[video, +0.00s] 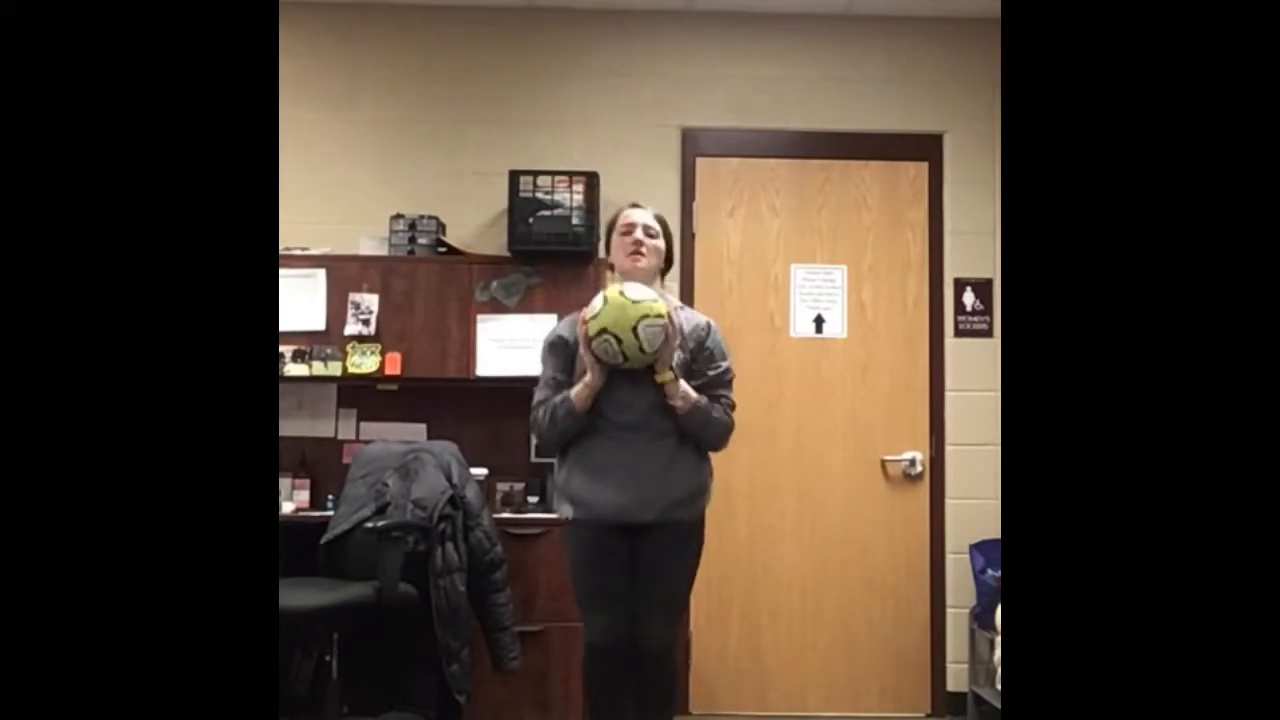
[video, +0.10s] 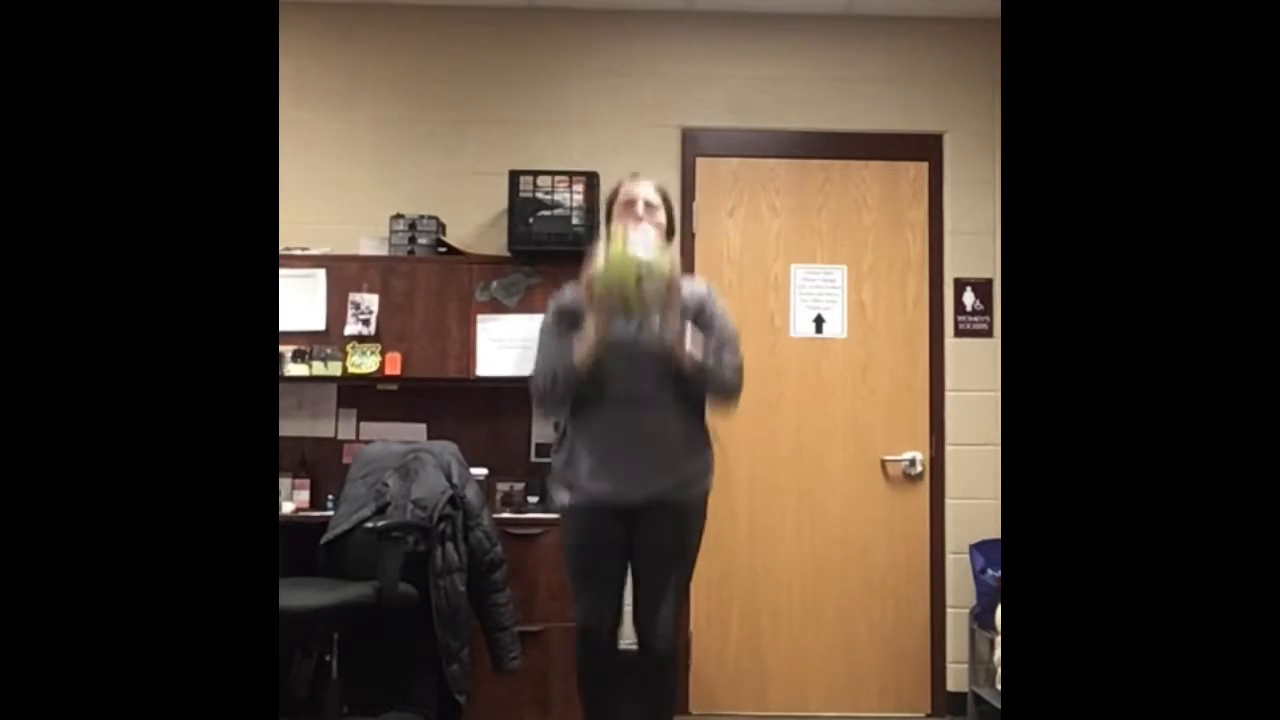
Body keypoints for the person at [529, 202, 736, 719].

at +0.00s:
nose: (639, 238)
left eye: (651, 232)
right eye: (627, 232)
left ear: (666, 254)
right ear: (608, 252)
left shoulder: (698, 331)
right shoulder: (570, 332)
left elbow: (719, 431)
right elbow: (544, 430)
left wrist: (669, 376)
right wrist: (590, 379)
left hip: (673, 517)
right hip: (595, 517)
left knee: (657, 646)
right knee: (605, 644)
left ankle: (656, 719)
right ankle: (607, 719)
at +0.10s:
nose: (640, 216)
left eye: (651, 208)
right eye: (628, 208)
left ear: (667, 225)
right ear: (609, 222)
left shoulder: (695, 301)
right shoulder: (573, 304)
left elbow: (729, 381)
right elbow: (546, 392)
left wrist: (680, 344)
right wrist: (591, 335)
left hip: (673, 492)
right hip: (593, 493)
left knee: (660, 635)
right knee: (595, 631)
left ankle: (659, 716)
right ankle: (600, 715)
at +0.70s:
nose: (623, 250)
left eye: (636, 241)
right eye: (613, 240)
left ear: (656, 258)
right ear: (596, 254)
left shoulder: (673, 317)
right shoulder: (578, 307)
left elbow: (690, 238)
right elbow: (555, 229)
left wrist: (668, 134)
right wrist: (587, 134)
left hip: (661, 494)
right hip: (583, 492)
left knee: (694, 644)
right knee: (537, 636)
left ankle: (721, 717)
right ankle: (473, 712)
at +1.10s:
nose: (629, 237)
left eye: (641, 231)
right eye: (618, 229)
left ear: (656, 249)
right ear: (599, 243)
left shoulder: (685, 325)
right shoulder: (561, 329)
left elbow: (699, 422)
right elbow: (542, 422)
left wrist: (657, 359)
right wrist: (582, 363)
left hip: (661, 514)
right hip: (583, 515)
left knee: (648, 644)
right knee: (596, 643)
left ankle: (647, 717)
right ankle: (601, 716)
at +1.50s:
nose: (632, 248)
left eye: (642, 241)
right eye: (619, 241)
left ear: (657, 261)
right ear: (596, 259)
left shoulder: (676, 314)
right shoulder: (578, 312)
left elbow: (690, 231)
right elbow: (570, 219)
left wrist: (676, 124)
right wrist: (588, 117)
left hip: (660, 506)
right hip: (579, 506)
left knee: (693, 647)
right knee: (549, 646)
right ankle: (504, 713)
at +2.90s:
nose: (625, 219)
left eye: (637, 208)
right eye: (612, 209)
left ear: (657, 214)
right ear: (593, 214)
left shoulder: (684, 275)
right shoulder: (574, 271)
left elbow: (705, 329)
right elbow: (532, 319)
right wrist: (574, 252)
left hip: (659, 457)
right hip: (579, 455)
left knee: (665, 598)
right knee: (561, 591)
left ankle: (675, 709)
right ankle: (547, 708)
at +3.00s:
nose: (632, 225)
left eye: (644, 219)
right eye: (621, 217)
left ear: (660, 238)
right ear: (601, 233)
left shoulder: (685, 316)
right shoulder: (562, 314)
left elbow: (695, 412)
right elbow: (542, 404)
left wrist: (656, 359)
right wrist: (581, 359)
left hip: (659, 494)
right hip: (581, 493)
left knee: (650, 629)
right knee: (584, 627)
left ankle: (648, 715)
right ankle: (594, 712)